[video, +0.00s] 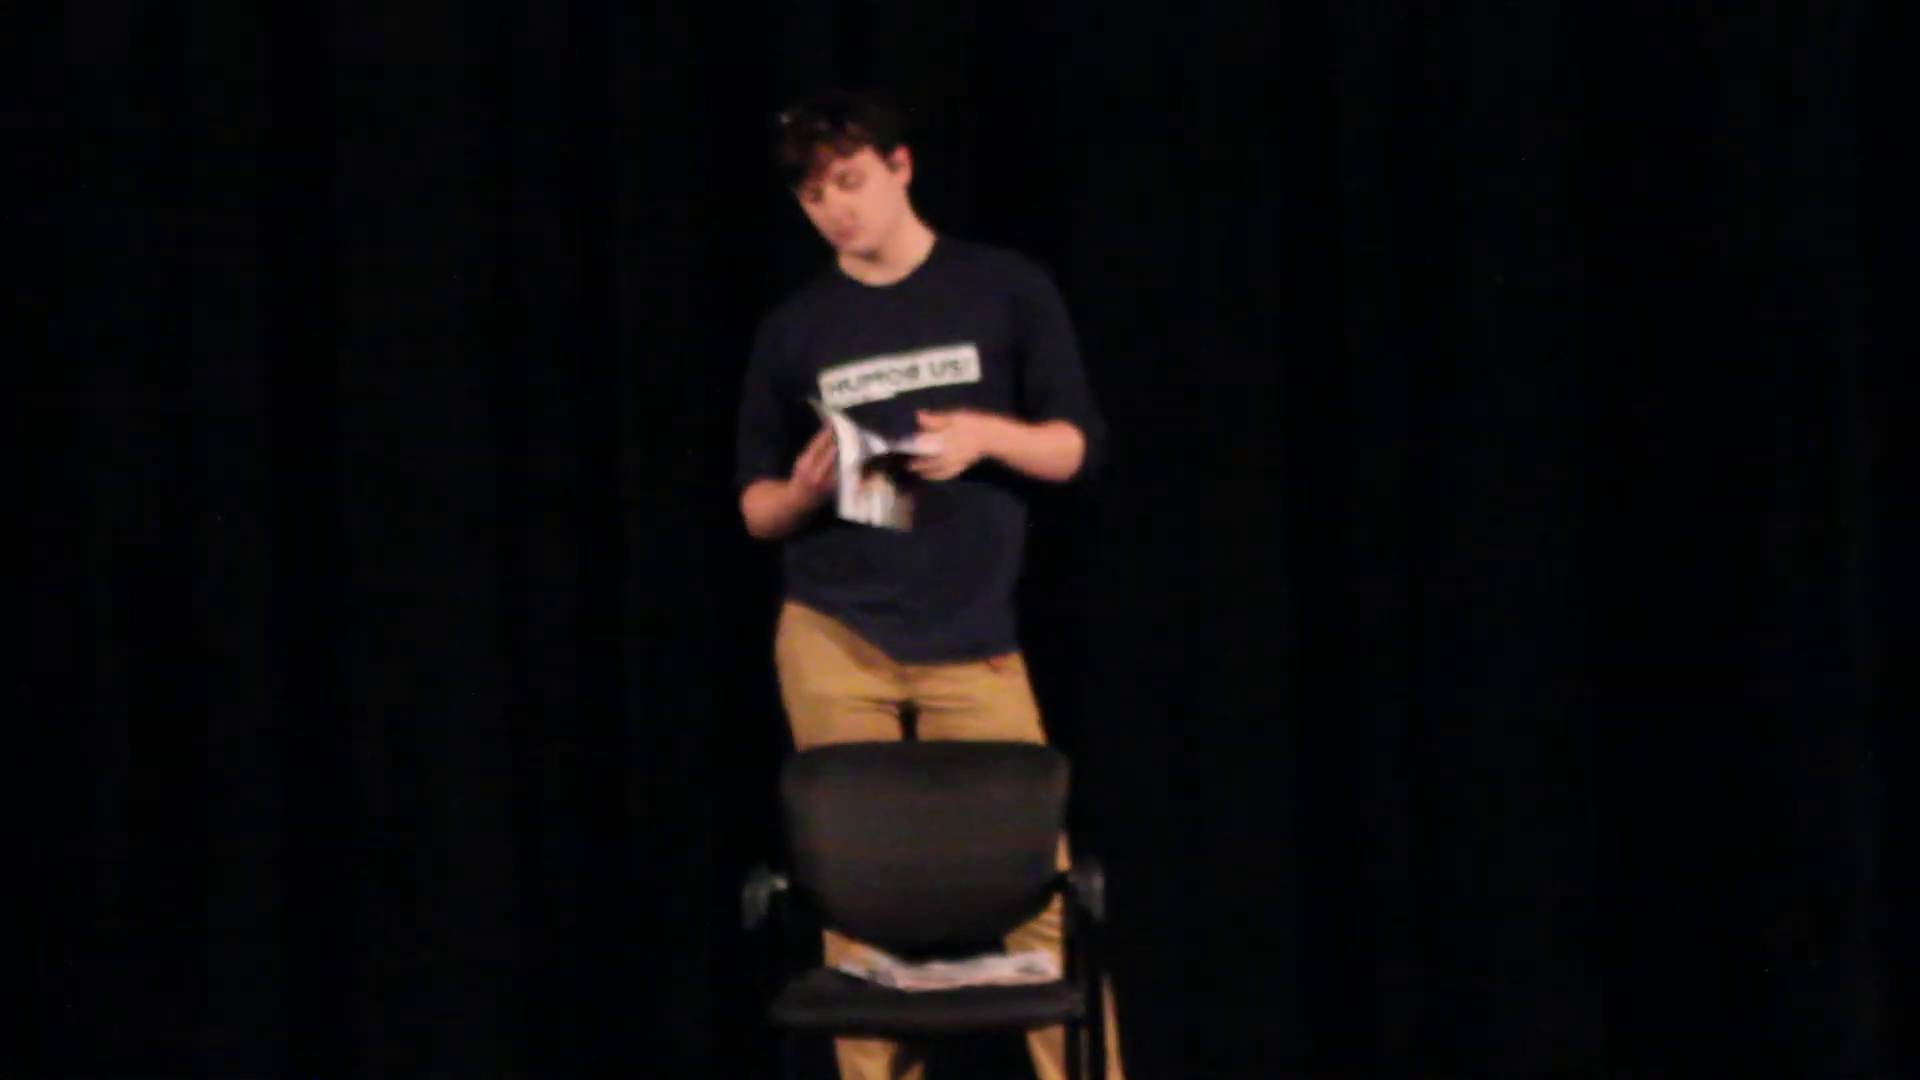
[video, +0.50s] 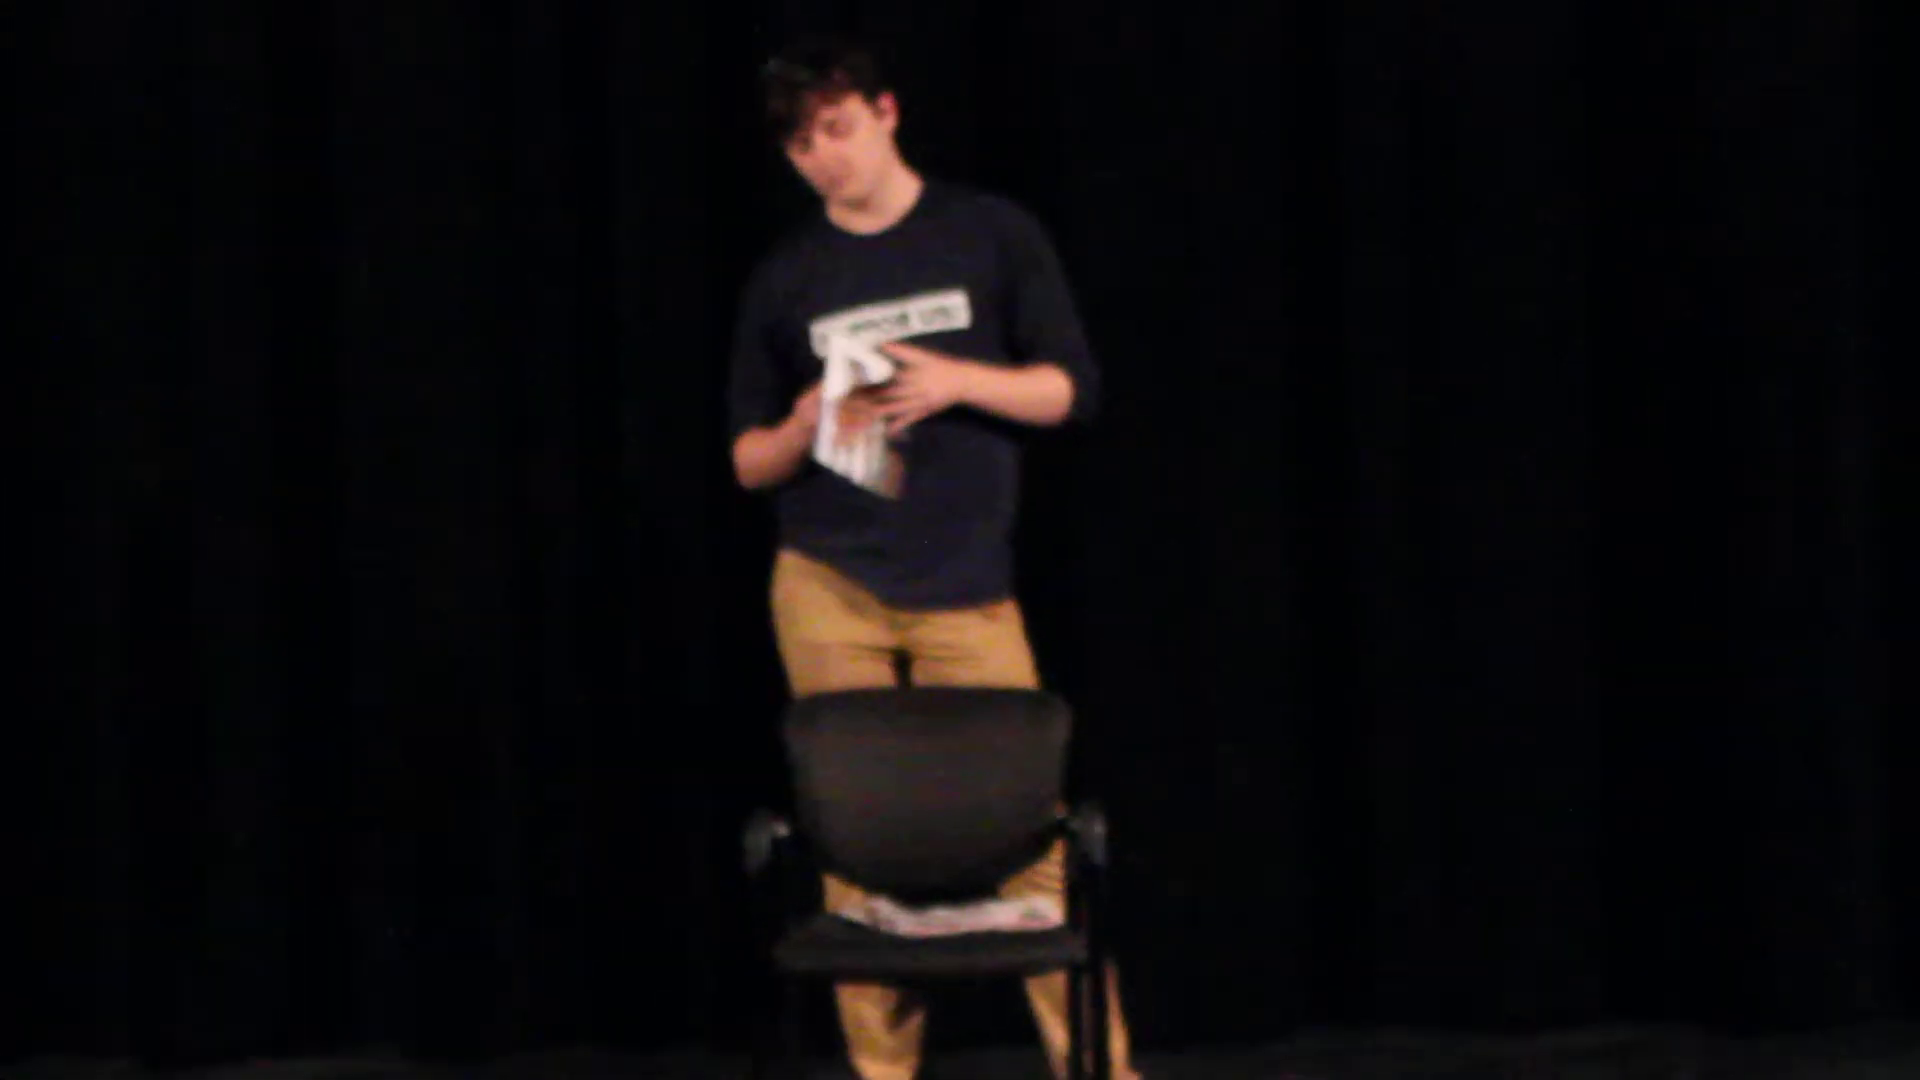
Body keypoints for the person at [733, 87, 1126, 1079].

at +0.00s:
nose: (834, 206)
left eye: (846, 179)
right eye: (815, 191)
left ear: (900, 166)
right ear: (802, 207)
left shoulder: (1007, 291)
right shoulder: (795, 328)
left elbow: (1074, 448)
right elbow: (755, 511)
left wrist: (986, 435)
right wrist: (803, 491)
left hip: (973, 637)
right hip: (832, 637)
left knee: (1031, 874)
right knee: (854, 884)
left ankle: (1083, 1074)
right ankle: (871, 1079)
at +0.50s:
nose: (821, 153)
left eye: (834, 126)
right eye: (802, 139)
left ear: (886, 114)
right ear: (789, 156)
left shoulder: (993, 236)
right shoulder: (786, 277)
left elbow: (1069, 391)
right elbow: (747, 461)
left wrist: (957, 380)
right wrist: (807, 424)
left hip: (967, 586)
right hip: (827, 585)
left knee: (1023, 828)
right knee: (855, 837)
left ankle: (1099, 1066)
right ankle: (881, 1068)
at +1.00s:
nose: (817, 147)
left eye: (834, 117)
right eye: (806, 126)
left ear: (893, 112)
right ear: (796, 141)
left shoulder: (997, 231)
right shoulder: (802, 266)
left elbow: (1075, 382)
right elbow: (757, 442)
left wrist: (993, 377)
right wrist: (815, 387)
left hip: (976, 568)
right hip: (843, 572)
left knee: (1024, 798)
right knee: (857, 806)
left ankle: (1088, 1035)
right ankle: (882, 1036)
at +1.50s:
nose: (854, 127)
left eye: (871, 99)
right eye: (839, 110)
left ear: (927, 94)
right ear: (825, 130)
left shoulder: (1032, 223)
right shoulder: (826, 261)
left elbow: (1108, 377)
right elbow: (782, 446)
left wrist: (1053, 366)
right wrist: (827, 399)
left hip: (1003, 560)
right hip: (860, 559)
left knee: (1060, 811)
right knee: (888, 818)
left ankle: (1133, 1055)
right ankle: (916, 1064)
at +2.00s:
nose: (909, 166)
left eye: (925, 138)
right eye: (894, 148)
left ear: (981, 125)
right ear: (880, 164)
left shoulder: (1086, 255)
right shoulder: (878, 290)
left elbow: (1159, 412)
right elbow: (834, 480)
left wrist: (1100, 397)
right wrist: (877, 435)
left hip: (1053, 597)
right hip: (910, 593)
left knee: (1104, 847)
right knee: (930, 851)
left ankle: (1161, 1067)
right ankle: (955, 1069)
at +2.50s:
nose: (1148, 214)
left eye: (1162, 188)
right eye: (1124, 199)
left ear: (1201, 188)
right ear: (1100, 222)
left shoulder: (1294, 305)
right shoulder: (1082, 347)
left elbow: (1372, 455)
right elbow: (1038, 524)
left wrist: (1269, 476)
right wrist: (1107, 518)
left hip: (1266, 654)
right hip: (1127, 656)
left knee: (1317, 889)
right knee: (1156, 894)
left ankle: (1357, 1069)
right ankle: (1164, 1078)